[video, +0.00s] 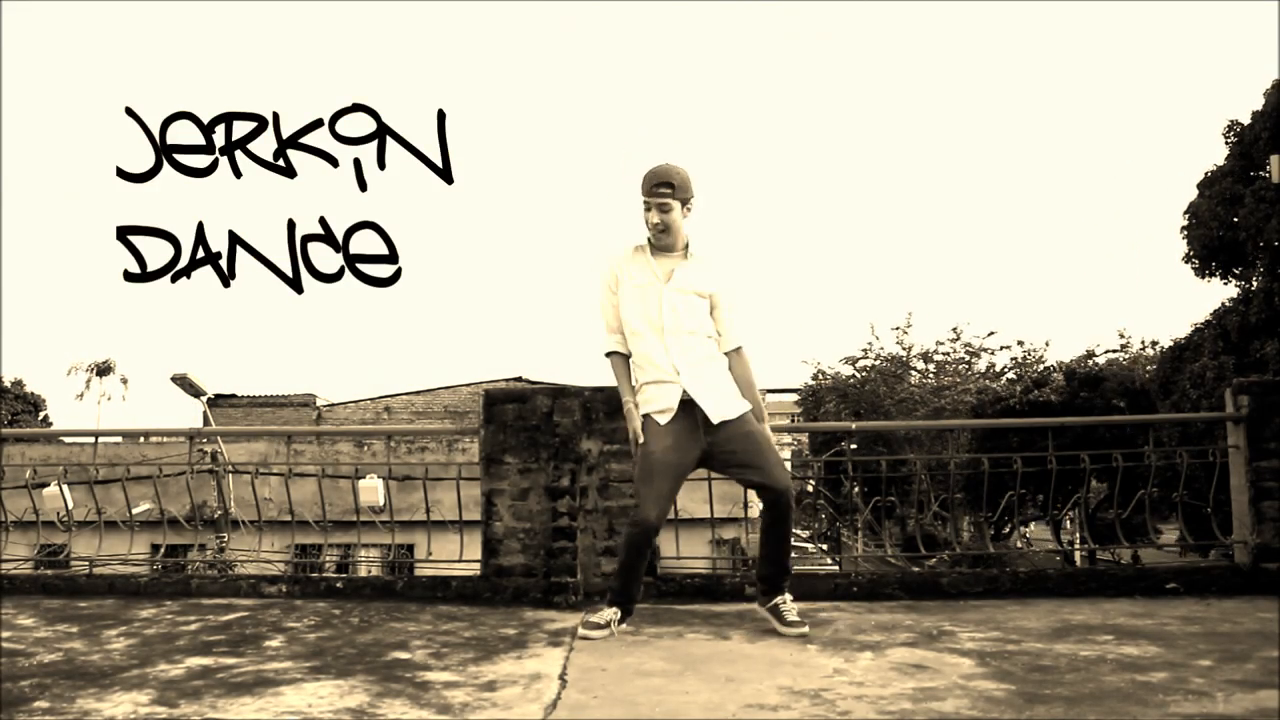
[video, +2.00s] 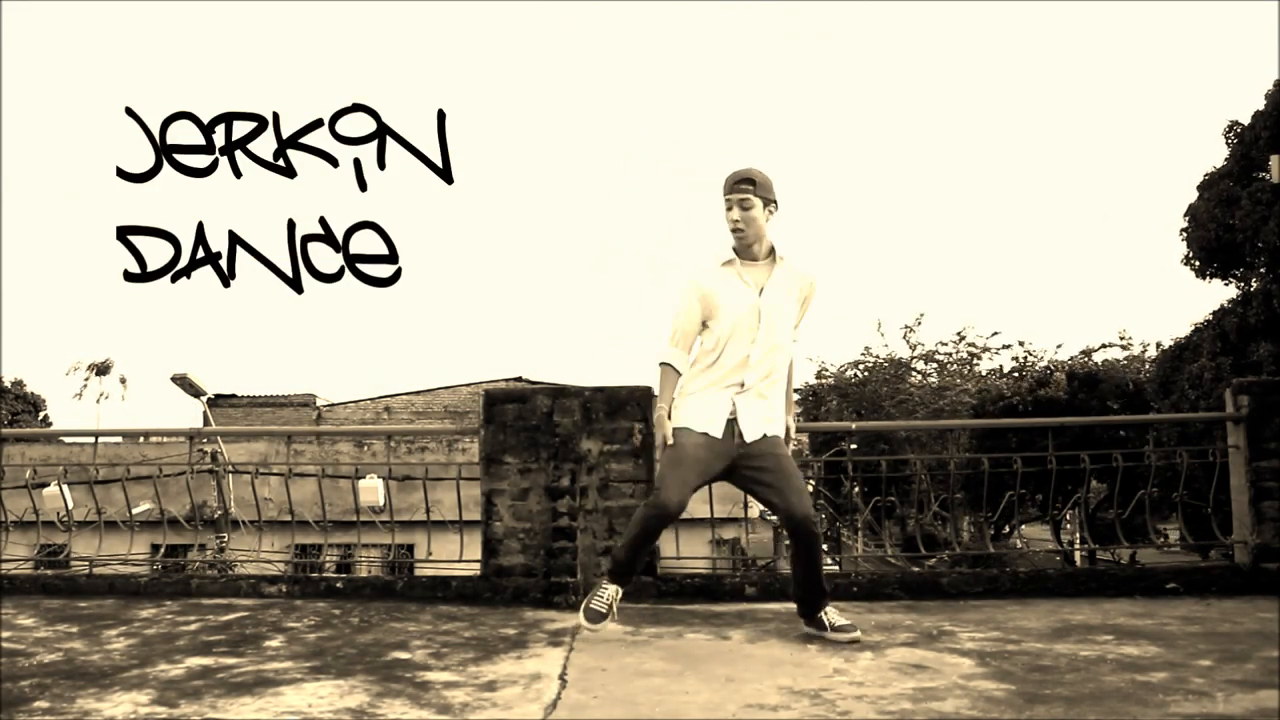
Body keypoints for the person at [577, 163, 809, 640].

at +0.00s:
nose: (655, 216)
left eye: (664, 207)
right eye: (648, 207)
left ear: (686, 209)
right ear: (642, 210)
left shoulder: (710, 271)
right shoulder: (623, 269)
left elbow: (733, 350)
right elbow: (616, 346)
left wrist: (760, 416)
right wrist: (630, 406)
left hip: (724, 404)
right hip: (663, 410)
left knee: (780, 490)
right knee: (647, 518)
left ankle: (773, 594)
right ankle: (618, 608)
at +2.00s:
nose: (734, 217)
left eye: (744, 207)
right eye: (728, 209)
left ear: (770, 212)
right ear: (724, 216)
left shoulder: (798, 285)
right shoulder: (706, 282)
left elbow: (787, 355)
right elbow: (675, 354)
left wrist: (790, 420)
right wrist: (661, 412)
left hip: (762, 425)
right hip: (701, 421)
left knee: (804, 519)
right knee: (667, 502)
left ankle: (814, 611)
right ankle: (613, 583)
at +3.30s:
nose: (691, 213)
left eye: (701, 203)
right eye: (684, 204)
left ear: (725, 206)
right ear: (677, 208)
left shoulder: (756, 273)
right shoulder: (659, 277)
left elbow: (799, 346)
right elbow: (629, 344)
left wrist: (847, 413)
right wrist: (617, 340)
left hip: (754, 424)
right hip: (685, 427)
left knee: (799, 518)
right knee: (653, 535)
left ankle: (811, 617)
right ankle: (626, 609)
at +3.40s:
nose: (718, 203)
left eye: (728, 193)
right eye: (710, 194)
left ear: (751, 197)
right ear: (703, 200)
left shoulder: (778, 271)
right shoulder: (681, 271)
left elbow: (826, 335)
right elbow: (662, 346)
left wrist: (881, 387)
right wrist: (615, 333)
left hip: (767, 411)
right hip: (701, 415)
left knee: (808, 509)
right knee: (680, 517)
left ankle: (815, 617)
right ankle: (626, 596)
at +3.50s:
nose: (743, 195)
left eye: (753, 185)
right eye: (735, 186)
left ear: (776, 190)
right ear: (728, 192)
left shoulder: (794, 262)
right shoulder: (701, 256)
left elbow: (815, 322)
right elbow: (696, 325)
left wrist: (842, 364)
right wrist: (678, 348)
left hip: (773, 391)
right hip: (716, 391)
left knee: (817, 499)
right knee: (730, 492)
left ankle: (817, 615)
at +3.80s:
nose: (719, 156)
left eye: (729, 146)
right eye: (713, 148)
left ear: (757, 149)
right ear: (708, 155)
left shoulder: (784, 224)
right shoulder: (686, 216)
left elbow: (802, 303)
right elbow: (658, 288)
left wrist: (806, 369)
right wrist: (674, 350)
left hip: (772, 384)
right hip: (705, 379)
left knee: (809, 486)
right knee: (679, 488)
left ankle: (796, 616)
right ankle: (657, 553)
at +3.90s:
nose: (696, 153)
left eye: (706, 142)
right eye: (690, 144)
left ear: (734, 142)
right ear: (686, 148)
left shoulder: (764, 211)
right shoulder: (667, 207)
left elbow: (783, 278)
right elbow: (641, 271)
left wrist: (790, 341)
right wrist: (648, 330)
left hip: (750, 376)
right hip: (682, 374)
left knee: (799, 473)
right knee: (649, 485)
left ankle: (799, 606)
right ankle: (625, 561)